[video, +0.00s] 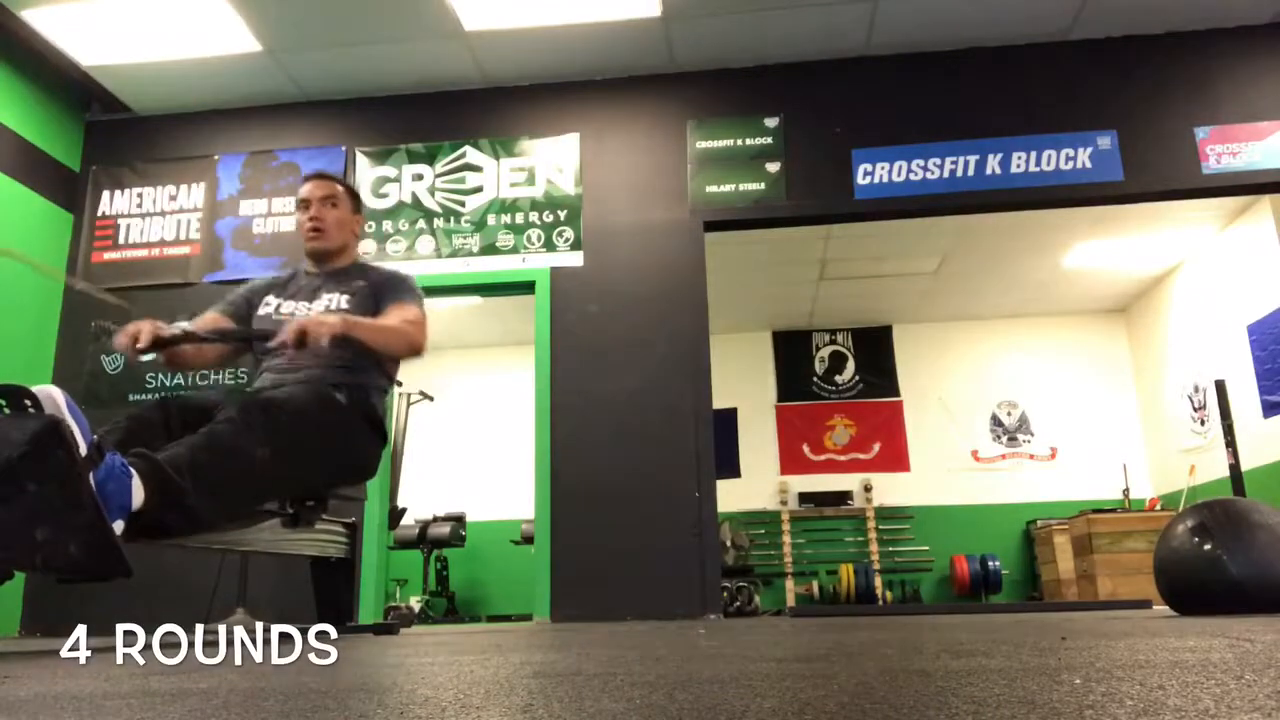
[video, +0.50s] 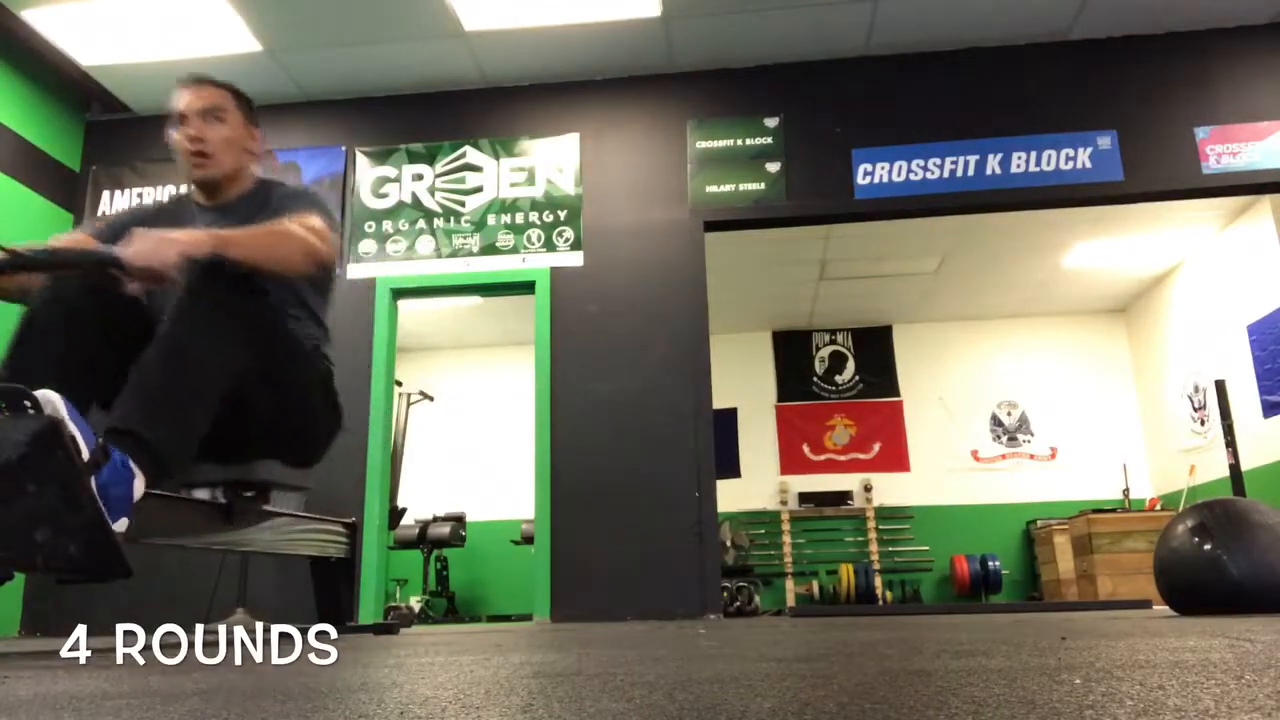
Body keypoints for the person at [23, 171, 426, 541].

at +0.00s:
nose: (314, 214)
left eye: (330, 204)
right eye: (305, 207)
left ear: (358, 222)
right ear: (298, 224)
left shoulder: (386, 281)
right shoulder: (270, 291)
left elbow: (412, 337)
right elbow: (206, 340)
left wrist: (343, 325)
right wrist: (165, 337)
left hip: (343, 410)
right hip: (266, 403)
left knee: (249, 429)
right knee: (171, 414)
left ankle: (130, 490)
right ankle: (92, 454)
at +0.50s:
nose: (193, 133)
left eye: (213, 118)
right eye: (182, 122)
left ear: (253, 139)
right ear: (171, 141)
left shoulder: (294, 203)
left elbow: (313, 250)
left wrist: (190, 242)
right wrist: (113, 263)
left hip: (286, 411)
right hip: (178, 410)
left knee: (220, 282)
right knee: (79, 289)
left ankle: (125, 470)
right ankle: (14, 442)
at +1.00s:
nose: (120, 75)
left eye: (146, 60)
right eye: (111, 66)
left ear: (196, 90)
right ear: (99, 92)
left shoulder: (240, 151)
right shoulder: (81, 173)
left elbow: (219, 188)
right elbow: (5, 195)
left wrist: (71, 144)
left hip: (236, 388)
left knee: (173, 225)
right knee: (26, 234)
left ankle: (121, 450)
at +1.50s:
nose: (316, 207)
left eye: (331, 198)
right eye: (307, 199)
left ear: (359, 218)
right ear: (296, 212)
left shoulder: (379, 274)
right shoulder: (271, 280)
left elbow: (388, 319)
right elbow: (196, 328)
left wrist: (315, 294)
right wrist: (143, 314)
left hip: (339, 416)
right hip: (253, 406)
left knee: (261, 388)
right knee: (149, 381)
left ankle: (123, 489)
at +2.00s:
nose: (336, 244)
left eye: (350, 235)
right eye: (327, 237)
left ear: (377, 253)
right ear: (317, 254)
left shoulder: (406, 316)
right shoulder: (289, 319)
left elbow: (454, 391)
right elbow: (254, 379)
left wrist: (390, 353)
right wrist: (213, 371)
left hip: (342, 413)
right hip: (271, 408)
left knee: (250, 435)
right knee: (171, 420)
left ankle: (125, 491)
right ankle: (92, 475)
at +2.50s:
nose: (282, 187)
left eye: (300, 177)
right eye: (273, 179)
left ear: (330, 200)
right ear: (263, 196)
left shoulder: (362, 257)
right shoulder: (242, 268)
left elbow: (381, 299)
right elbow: (168, 309)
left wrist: (301, 286)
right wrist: (106, 307)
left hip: (335, 420)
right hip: (242, 413)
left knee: (243, 371)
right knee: (139, 370)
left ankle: (128, 488)